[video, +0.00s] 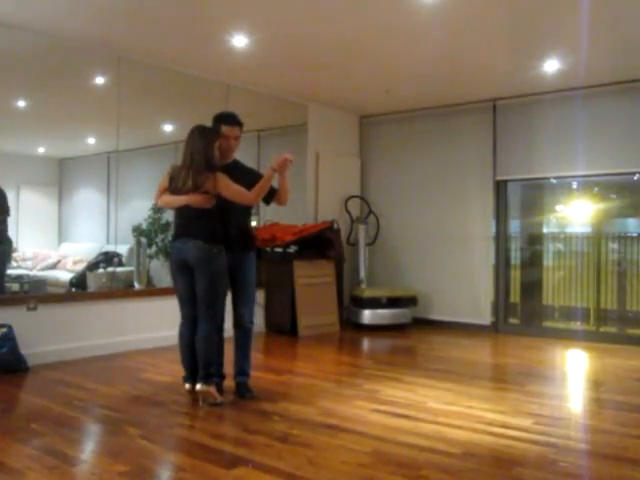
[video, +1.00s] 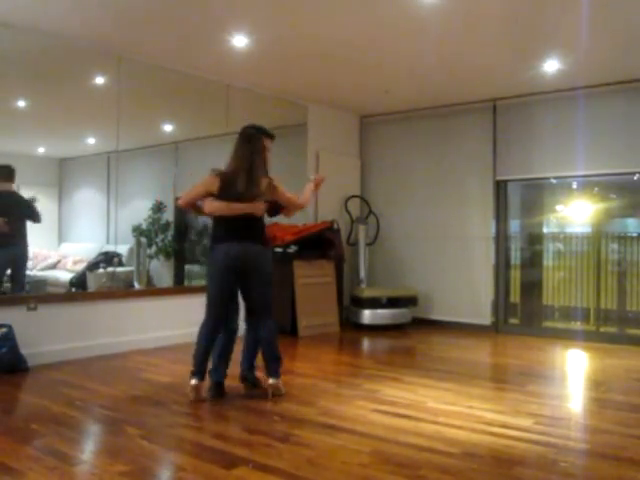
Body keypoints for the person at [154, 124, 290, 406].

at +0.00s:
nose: (222, 152)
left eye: (222, 146)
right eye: (219, 147)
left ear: (189, 146)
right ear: (209, 148)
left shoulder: (174, 173)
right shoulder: (212, 178)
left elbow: (159, 197)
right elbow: (250, 198)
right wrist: (272, 173)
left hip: (180, 247)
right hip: (207, 249)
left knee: (188, 315)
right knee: (210, 316)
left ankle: (191, 380)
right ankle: (207, 382)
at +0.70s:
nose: (242, 155)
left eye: (244, 149)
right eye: (238, 149)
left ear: (207, 151)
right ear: (227, 152)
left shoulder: (188, 177)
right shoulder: (231, 185)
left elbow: (166, 199)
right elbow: (266, 210)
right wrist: (293, 191)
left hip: (189, 254)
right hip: (219, 256)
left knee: (193, 318)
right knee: (230, 317)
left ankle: (189, 378)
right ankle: (220, 382)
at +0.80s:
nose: (249, 155)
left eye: (251, 149)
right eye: (246, 149)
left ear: (215, 152)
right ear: (236, 153)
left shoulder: (197, 178)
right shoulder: (240, 185)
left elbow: (171, 198)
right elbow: (277, 209)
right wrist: (302, 190)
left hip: (197, 256)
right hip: (229, 257)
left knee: (198, 319)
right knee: (246, 318)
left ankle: (191, 377)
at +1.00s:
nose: (269, 156)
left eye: (268, 151)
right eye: (267, 151)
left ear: (239, 150)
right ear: (260, 152)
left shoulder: (218, 180)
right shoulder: (265, 184)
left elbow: (184, 201)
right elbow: (299, 204)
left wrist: (205, 211)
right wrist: (312, 185)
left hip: (223, 254)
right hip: (256, 255)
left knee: (214, 316)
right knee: (262, 315)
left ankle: (197, 375)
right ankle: (274, 375)